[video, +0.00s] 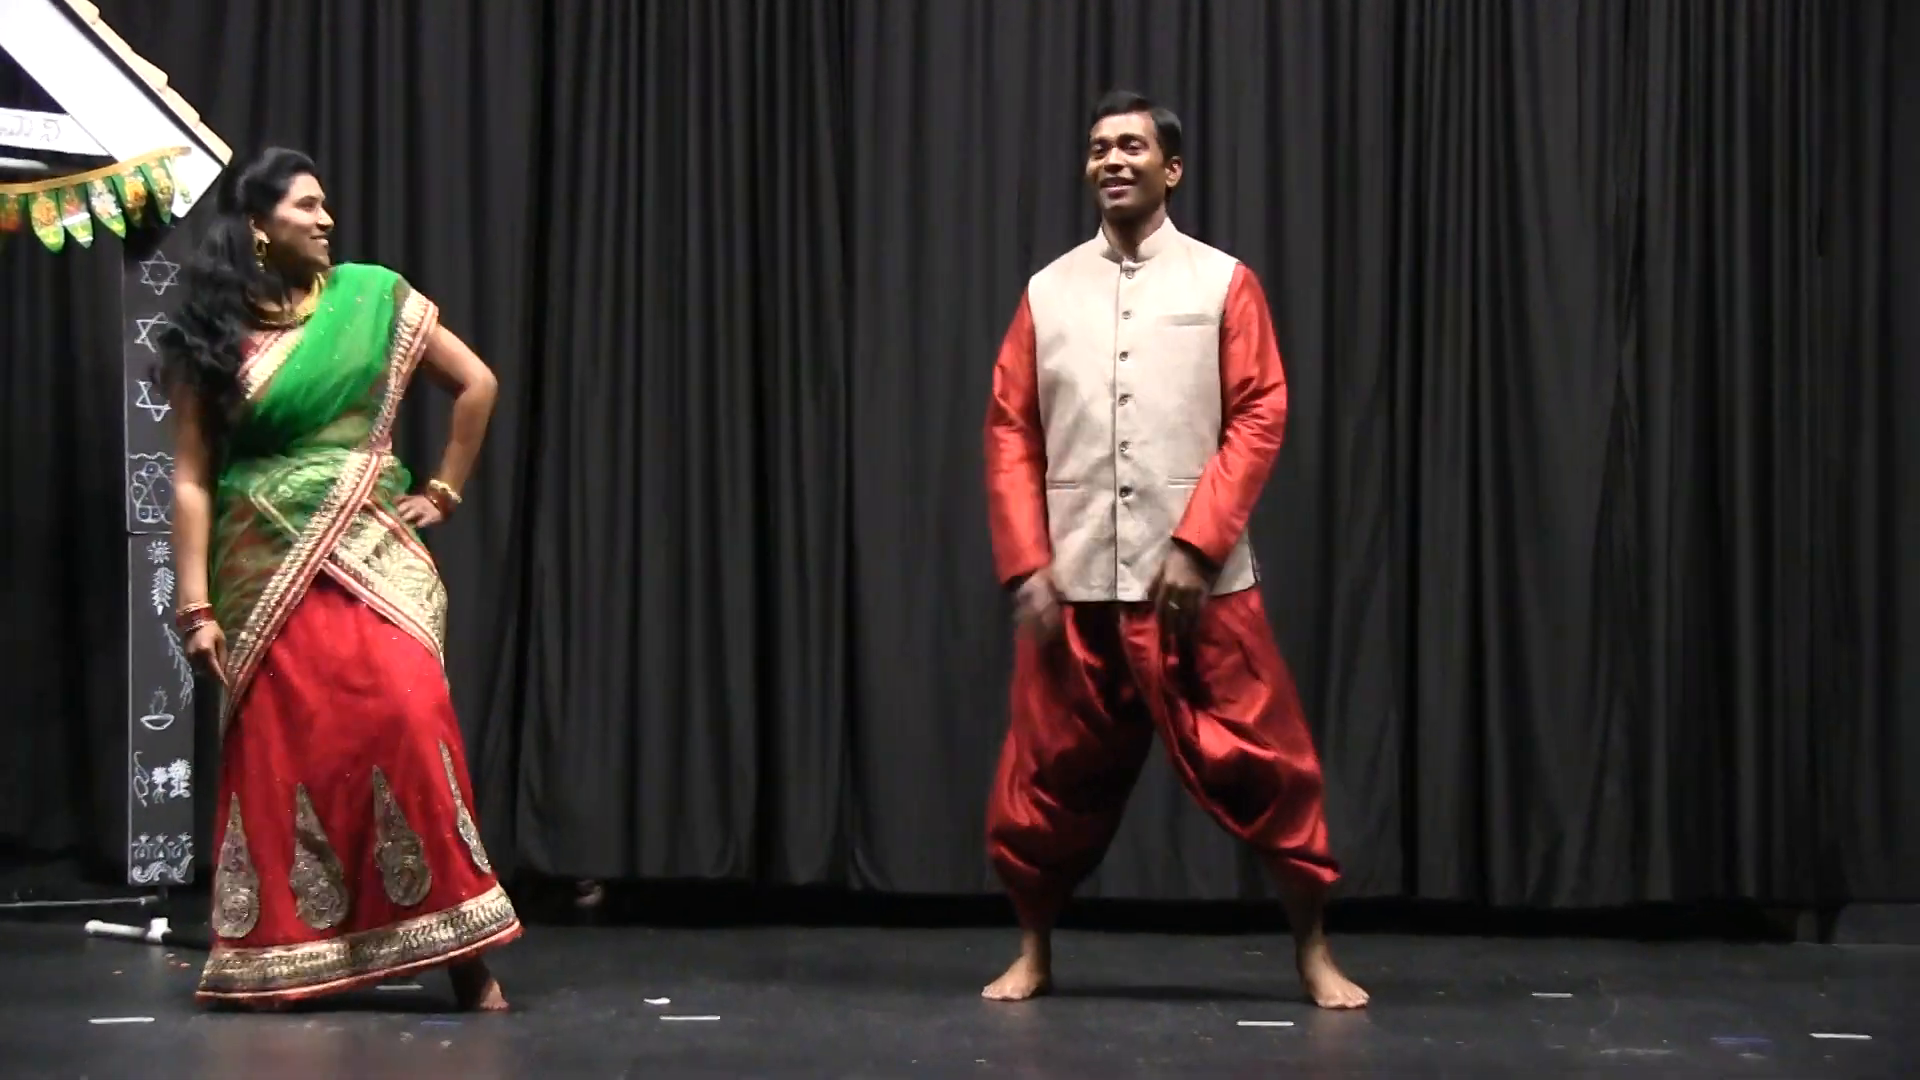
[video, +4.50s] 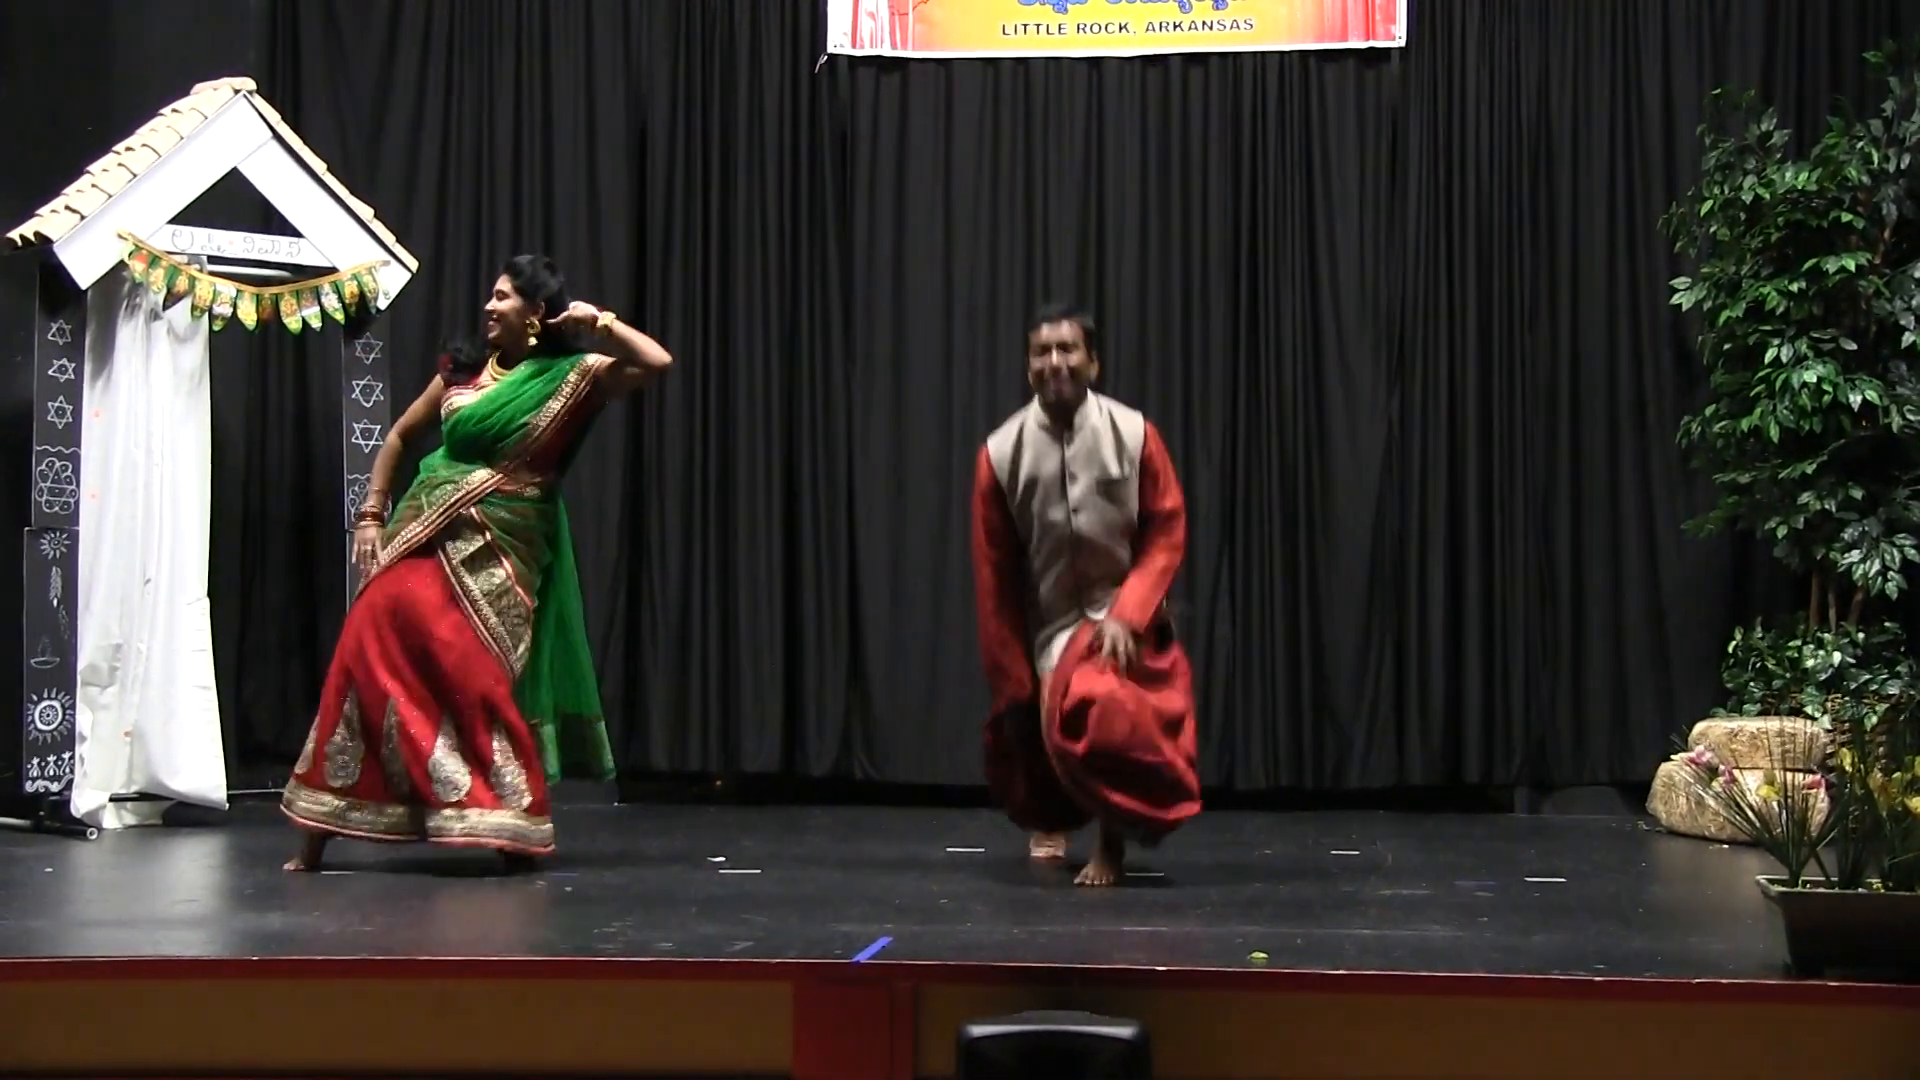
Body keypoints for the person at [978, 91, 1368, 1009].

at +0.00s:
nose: (1113, 160)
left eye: (1131, 146)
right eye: (1101, 149)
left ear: (1170, 166)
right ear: (1087, 173)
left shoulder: (1224, 282)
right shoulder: (1048, 290)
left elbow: (1261, 417)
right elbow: (1011, 431)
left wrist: (1198, 546)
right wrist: (1026, 565)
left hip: (1200, 579)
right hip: (1074, 584)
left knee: (1273, 763)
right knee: (1043, 774)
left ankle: (1315, 956)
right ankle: (1031, 955)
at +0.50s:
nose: (1071, 250)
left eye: (1087, 240)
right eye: (1071, 239)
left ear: (1129, 256)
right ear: (1073, 254)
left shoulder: (1176, 344)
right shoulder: (1041, 345)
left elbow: (1198, 448)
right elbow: (1011, 453)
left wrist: (1147, 542)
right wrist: (1005, 559)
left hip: (1143, 571)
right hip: (1049, 571)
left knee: (1196, 711)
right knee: (1018, 715)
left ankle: (1224, 855)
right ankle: (1004, 852)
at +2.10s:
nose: (1056, 374)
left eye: (1068, 364)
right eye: (1044, 364)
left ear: (1090, 379)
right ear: (1028, 379)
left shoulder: (1130, 455)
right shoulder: (1000, 469)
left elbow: (1157, 551)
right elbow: (985, 572)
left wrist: (1115, 627)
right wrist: (1010, 639)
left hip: (1117, 630)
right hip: (1040, 642)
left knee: (1084, 698)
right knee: (1012, 776)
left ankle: (1089, 860)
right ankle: (1061, 850)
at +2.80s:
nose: (1076, 262)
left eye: (1088, 251)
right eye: (1065, 253)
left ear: (1111, 266)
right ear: (1049, 269)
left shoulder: (1142, 359)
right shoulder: (1010, 345)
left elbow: (1155, 469)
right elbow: (980, 451)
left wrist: (1120, 569)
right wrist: (983, 555)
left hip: (1105, 549)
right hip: (1025, 547)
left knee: (1097, 686)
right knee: (1027, 686)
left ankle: (1093, 845)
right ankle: (1051, 808)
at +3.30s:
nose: (1062, 379)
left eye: (1076, 366)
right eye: (1051, 367)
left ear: (1102, 377)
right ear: (1038, 377)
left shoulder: (1130, 468)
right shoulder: (998, 449)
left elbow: (1143, 584)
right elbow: (956, 551)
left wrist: (1124, 684)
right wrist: (1009, 620)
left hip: (1086, 627)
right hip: (1009, 621)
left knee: (1101, 720)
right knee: (980, 736)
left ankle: (1117, 817)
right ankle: (1004, 849)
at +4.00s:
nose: (1034, 271)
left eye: (1046, 260)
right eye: (1023, 261)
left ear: (1068, 276)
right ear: (1006, 277)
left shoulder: (1108, 359)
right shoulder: (974, 368)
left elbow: (1131, 474)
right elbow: (967, 480)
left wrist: (1125, 576)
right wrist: (985, 575)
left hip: (1088, 562)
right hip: (1007, 563)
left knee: (1108, 698)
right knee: (995, 688)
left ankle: (1116, 801)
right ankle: (1002, 842)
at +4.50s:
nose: (1056, 362)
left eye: (1068, 349)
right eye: (1044, 351)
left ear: (1092, 359)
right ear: (1029, 365)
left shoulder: (1134, 436)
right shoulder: (1002, 452)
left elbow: (1166, 533)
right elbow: (994, 569)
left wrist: (1128, 613)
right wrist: (1009, 670)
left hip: (1126, 604)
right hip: (1050, 614)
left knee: (1111, 706)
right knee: (1057, 710)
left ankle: (1110, 846)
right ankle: (1048, 817)